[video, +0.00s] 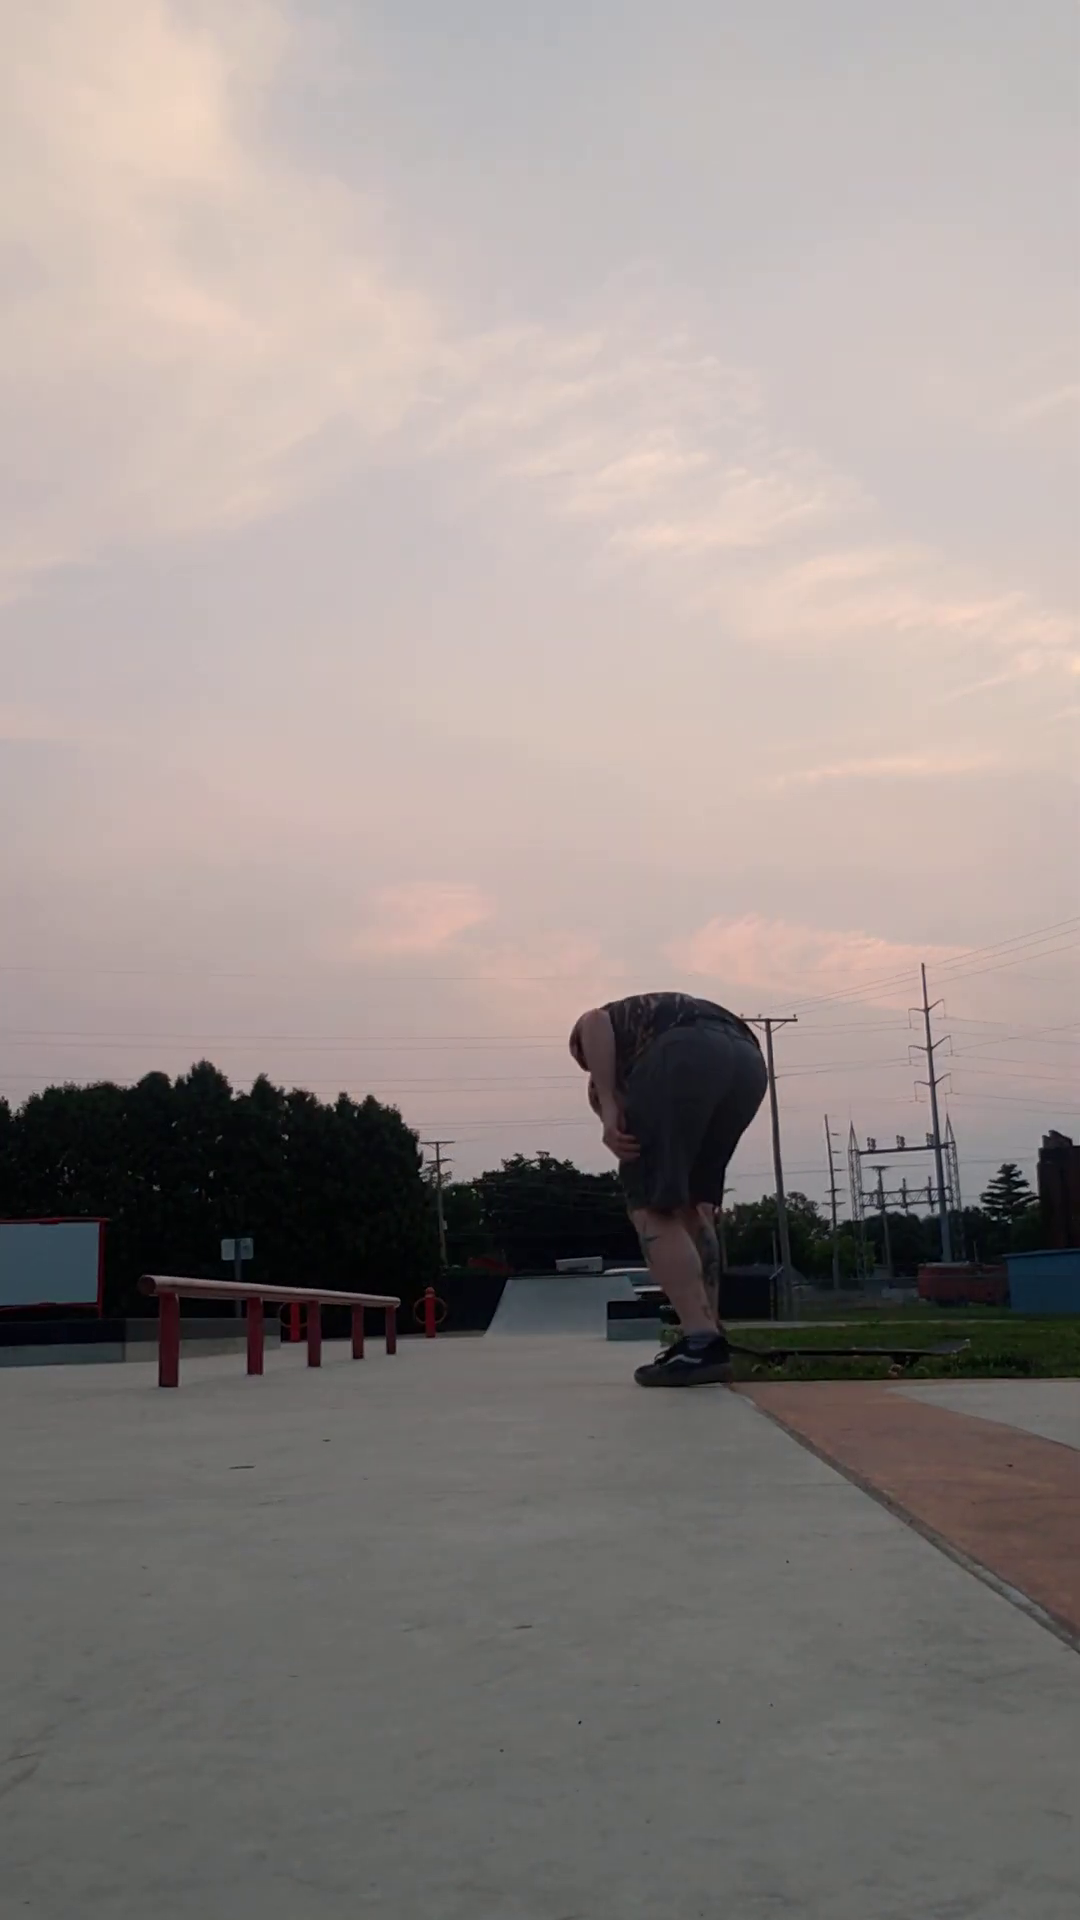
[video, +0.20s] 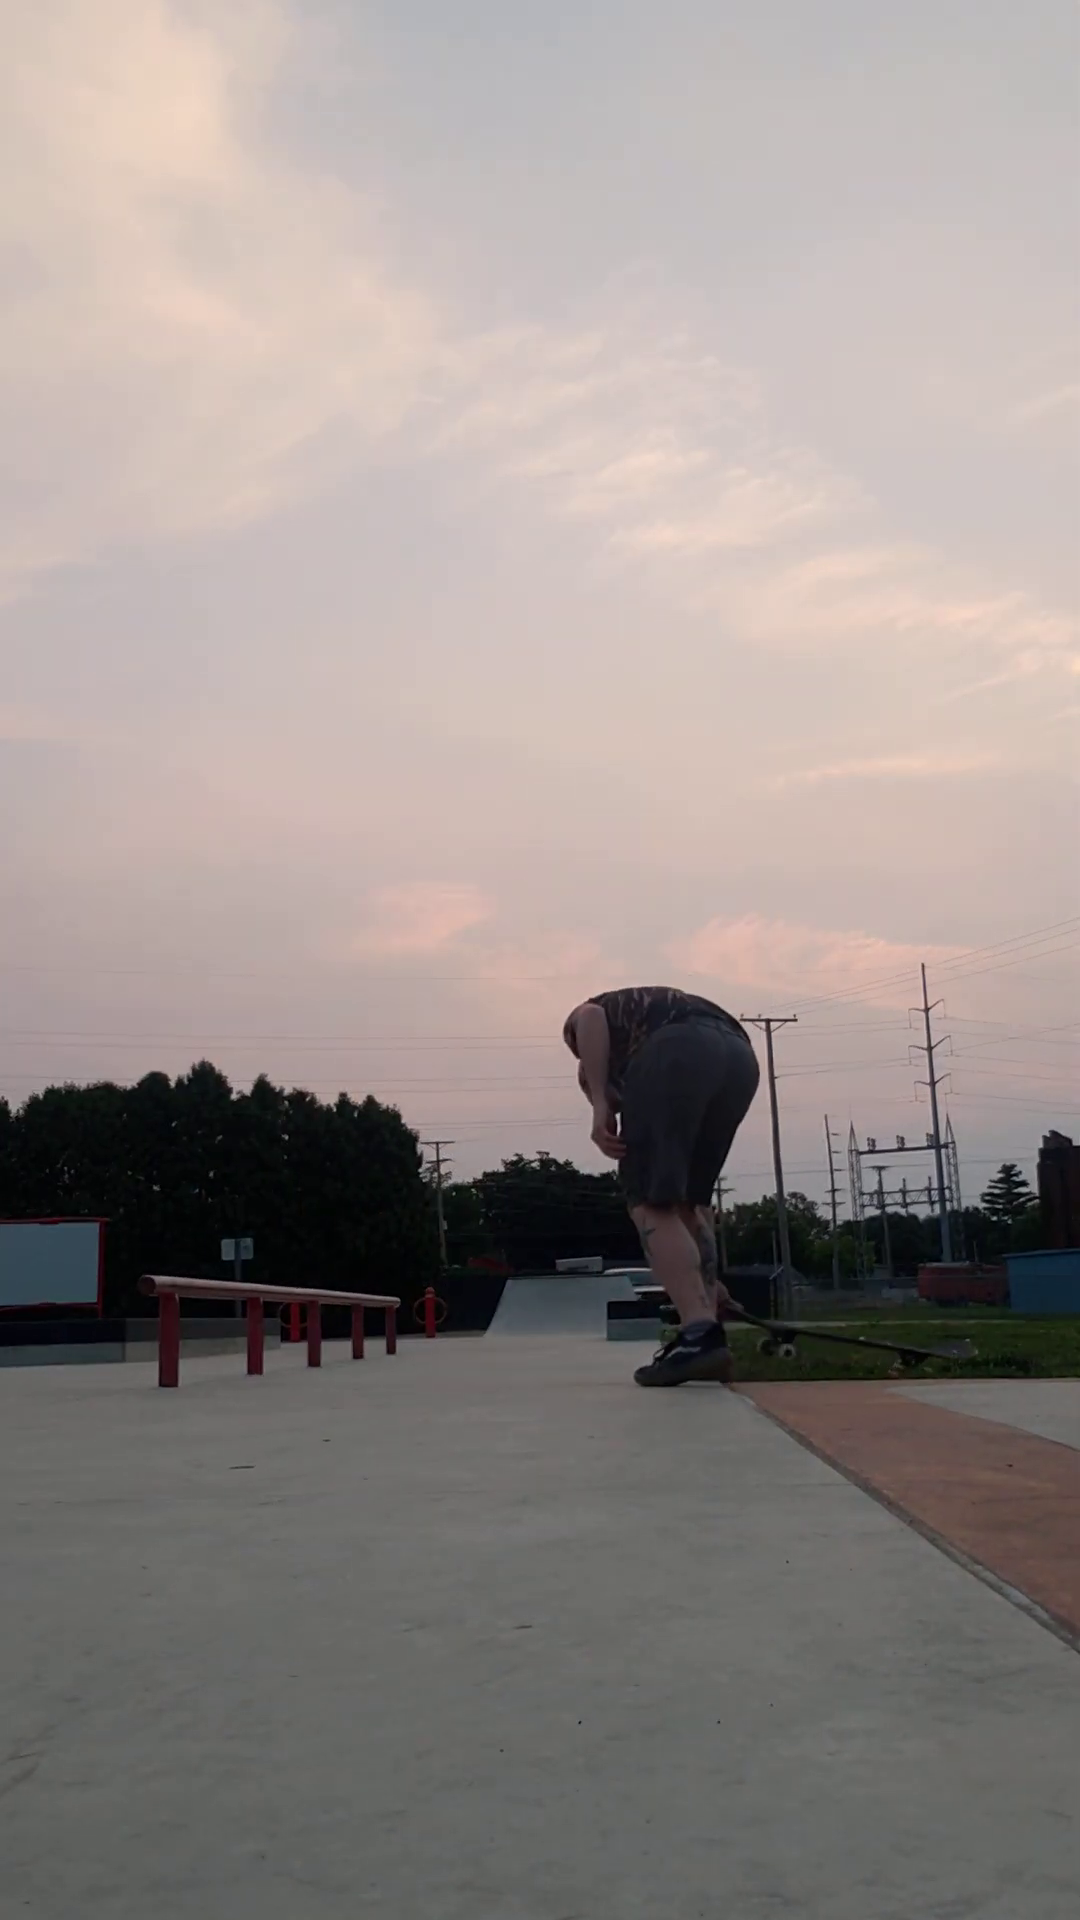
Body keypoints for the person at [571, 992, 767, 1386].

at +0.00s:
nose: (608, 1118)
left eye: (602, 1104)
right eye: (602, 1108)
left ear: (593, 1081)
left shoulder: (590, 1036)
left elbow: (594, 1021)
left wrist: (609, 1107)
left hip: (687, 1051)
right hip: (750, 1063)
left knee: (652, 1210)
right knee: (693, 1208)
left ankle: (700, 1341)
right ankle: (708, 1336)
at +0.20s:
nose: (599, 1097)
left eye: (591, 1087)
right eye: (591, 1091)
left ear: (583, 1058)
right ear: (617, 1065)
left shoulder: (583, 1021)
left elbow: (589, 1016)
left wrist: (599, 1102)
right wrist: (712, 1282)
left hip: (680, 1047)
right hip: (741, 1058)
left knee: (650, 1205)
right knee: (688, 1203)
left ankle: (698, 1332)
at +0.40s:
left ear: (573, 977)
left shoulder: (574, 971)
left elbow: (573, 992)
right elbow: (723, 1101)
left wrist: (585, 1086)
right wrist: (717, 1184)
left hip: (659, 1041)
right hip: (722, 1044)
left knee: (631, 1192)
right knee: (685, 1199)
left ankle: (690, 1305)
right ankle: (706, 1346)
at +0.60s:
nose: (551, 942)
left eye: (552, 933)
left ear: (558, 930)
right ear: (595, 926)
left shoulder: (556, 942)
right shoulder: (640, 952)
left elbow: (555, 982)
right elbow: (722, 1018)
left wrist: (559, 1075)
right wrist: (698, 1089)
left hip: (633, 1047)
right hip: (698, 1049)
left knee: (600, 1187)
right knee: (684, 1196)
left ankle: (611, 1336)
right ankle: (702, 1342)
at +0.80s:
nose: (525, 911)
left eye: (524, 904)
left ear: (528, 900)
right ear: (571, 894)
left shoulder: (526, 924)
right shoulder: (612, 925)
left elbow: (526, 983)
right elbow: (677, 995)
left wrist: (528, 1075)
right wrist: (661, 1065)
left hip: (591, 1058)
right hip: (655, 1058)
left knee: (568, 1206)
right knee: (667, 1204)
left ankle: (554, 1347)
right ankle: (699, 1342)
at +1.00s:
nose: (500, 883)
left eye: (499, 876)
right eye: (511, 877)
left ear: (503, 872)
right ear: (549, 873)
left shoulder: (495, 908)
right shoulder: (586, 920)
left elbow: (480, 983)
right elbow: (620, 1010)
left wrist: (467, 1067)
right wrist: (592, 1066)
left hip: (540, 1063)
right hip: (602, 1064)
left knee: (532, 1203)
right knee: (582, 1200)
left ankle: (549, 1348)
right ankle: (639, 1299)